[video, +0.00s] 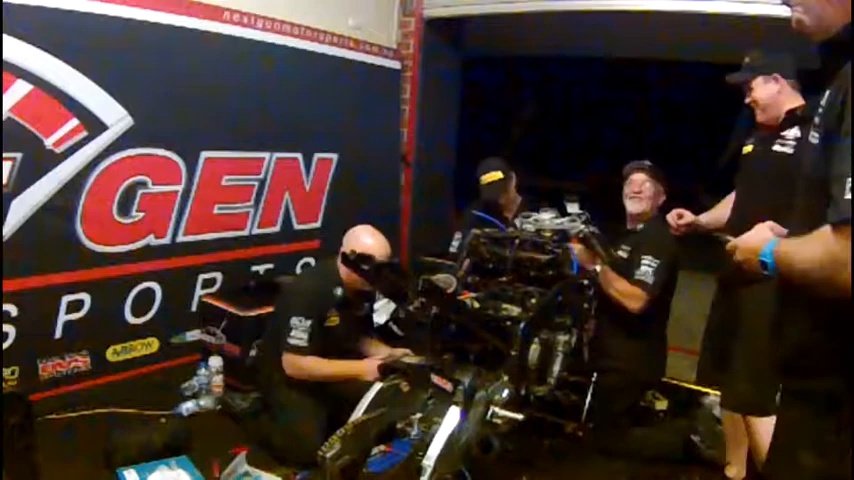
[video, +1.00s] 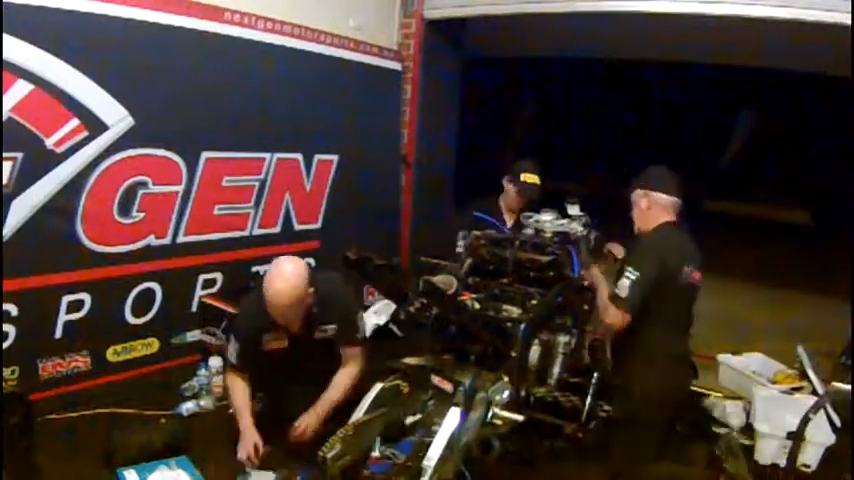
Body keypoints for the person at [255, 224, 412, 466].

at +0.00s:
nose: (374, 276)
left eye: (380, 268)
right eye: (367, 266)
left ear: (386, 266)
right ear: (345, 258)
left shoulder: (361, 292)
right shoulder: (309, 291)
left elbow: (357, 338)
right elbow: (294, 365)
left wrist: (388, 354)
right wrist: (361, 369)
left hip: (328, 376)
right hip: (289, 383)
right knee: (307, 448)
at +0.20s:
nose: (367, 307)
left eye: (370, 300)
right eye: (362, 300)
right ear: (338, 290)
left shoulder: (356, 298)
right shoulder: (297, 301)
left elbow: (385, 328)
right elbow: (299, 373)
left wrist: (418, 372)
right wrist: (374, 372)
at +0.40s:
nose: (337, 253)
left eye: (341, 245)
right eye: (330, 245)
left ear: (346, 241)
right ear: (306, 238)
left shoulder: (345, 270)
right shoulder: (287, 280)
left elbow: (379, 309)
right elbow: (293, 353)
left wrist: (409, 355)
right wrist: (354, 364)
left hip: (345, 389)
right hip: (302, 398)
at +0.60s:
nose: (387, 260)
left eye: (390, 253)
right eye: (379, 252)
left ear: (393, 252)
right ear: (353, 252)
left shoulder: (373, 287)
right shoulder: (321, 286)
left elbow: (380, 343)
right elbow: (340, 361)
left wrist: (417, 372)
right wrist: (395, 376)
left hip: (340, 368)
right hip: (301, 372)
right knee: (325, 441)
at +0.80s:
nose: (326, 286)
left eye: (333, 279)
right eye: (319, 278)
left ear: (345, 267)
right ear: (305, 262)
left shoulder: (349, 284)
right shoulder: (283, 297)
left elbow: (358, 324)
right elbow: (268, 370)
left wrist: (363, 362)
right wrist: (296, 430)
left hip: (335, 375)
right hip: (297, 377)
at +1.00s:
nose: (289, 323)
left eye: (293, 314)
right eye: (280, 316)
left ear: (309, 296)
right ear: (266, 300)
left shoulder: (336, 296)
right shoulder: (251, 313)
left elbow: (353, 361)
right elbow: (235, 373)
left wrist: (316, 414)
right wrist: (246, 429)